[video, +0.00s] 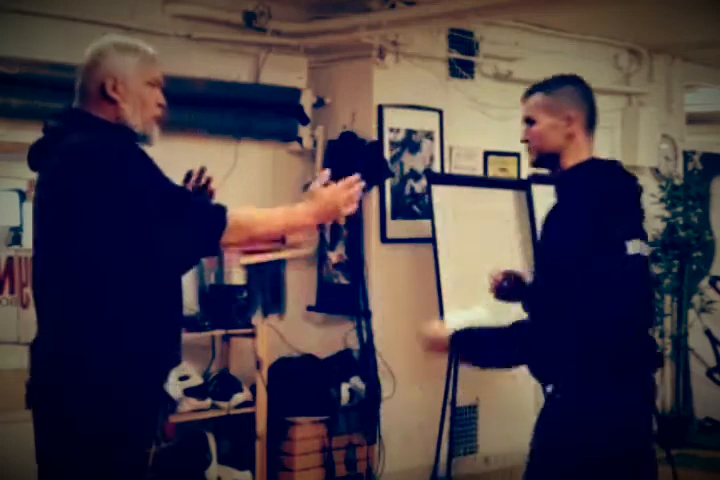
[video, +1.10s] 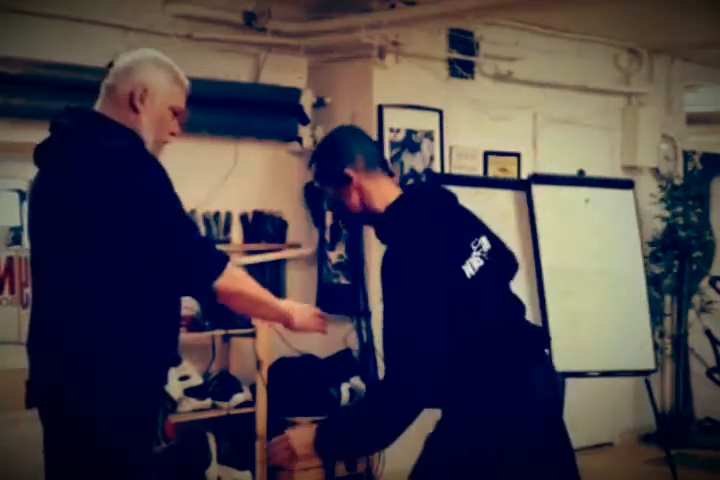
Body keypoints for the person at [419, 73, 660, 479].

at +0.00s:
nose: (523, 135)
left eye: (531, 122)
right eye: (524, 123)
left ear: (569, 124)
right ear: (567, 126)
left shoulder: (579, 203)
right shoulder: (615, 187)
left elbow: (557, 336)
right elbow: (589, 295)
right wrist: (527, 290)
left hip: (584, 402)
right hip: (625, 394)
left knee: (549, 472)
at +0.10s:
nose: (542, 131)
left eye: (551, 117)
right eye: (542, 119)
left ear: (590, 121)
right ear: (586, 123)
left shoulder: (606, 186)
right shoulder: (622, 181)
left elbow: (572, 313)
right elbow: (581, 300)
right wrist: (526, 276)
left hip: (597, 387)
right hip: (620, 381)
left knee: (552, 473)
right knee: (617, 472)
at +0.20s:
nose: (551, 132)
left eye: (561, 118)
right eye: (552, 120)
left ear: (602, 122)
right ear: (598, 124)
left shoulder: (637, 186)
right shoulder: (587, 194)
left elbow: (602, 293)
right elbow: (559, 298)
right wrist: (526, 258)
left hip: (611, 379)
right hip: (588, 377)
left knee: (552, 472)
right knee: (617, 472)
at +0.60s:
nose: (514, 142)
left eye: (523, 128)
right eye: (515, 130)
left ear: (563, 130)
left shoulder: (603, 200)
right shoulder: (535, 215)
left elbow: (642, 321)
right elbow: (526, 313)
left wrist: (559, 282)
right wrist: (487, 273)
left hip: (580, 389)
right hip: (541, 386)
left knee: (500, 472)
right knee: (591, 471)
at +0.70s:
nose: (476, 141)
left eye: (485, 128)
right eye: (478, 130)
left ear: (522, 132)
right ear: (518, 134)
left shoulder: (531, 195)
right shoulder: (546, 191)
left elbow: (528, 306)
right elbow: (531, 291)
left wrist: (475, 302)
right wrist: (480, 278)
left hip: (536, 397)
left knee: (484, 472)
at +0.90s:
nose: (384, 161)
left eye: (389, 149)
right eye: (384, 150)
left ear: (417, 152)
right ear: (440, 150)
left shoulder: (409, 238)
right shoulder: (499, 213)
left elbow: (358, 320)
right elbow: (554, 295)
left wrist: (292, 311)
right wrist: (488, 315)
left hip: (482, 407)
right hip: (548, 392)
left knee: (425, 474)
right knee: (552, 473)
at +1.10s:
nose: (336, 210)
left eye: (333, 195)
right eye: (330, 198)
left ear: (353, 179)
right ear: (379, 166)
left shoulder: (407, 248)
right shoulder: (437, 202)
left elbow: (411, 384)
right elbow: (504, 262)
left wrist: (323, 439)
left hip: (483, 405)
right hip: (533, 380)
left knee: (429, 474)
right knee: (555, 475)